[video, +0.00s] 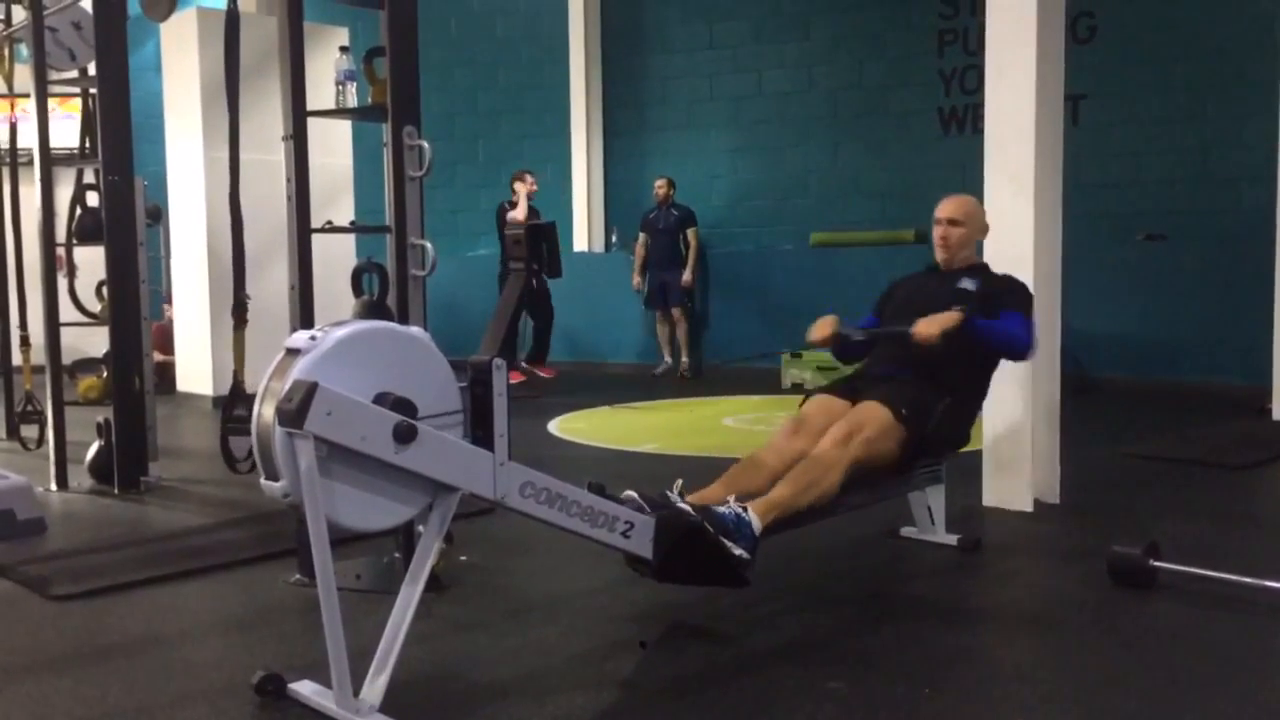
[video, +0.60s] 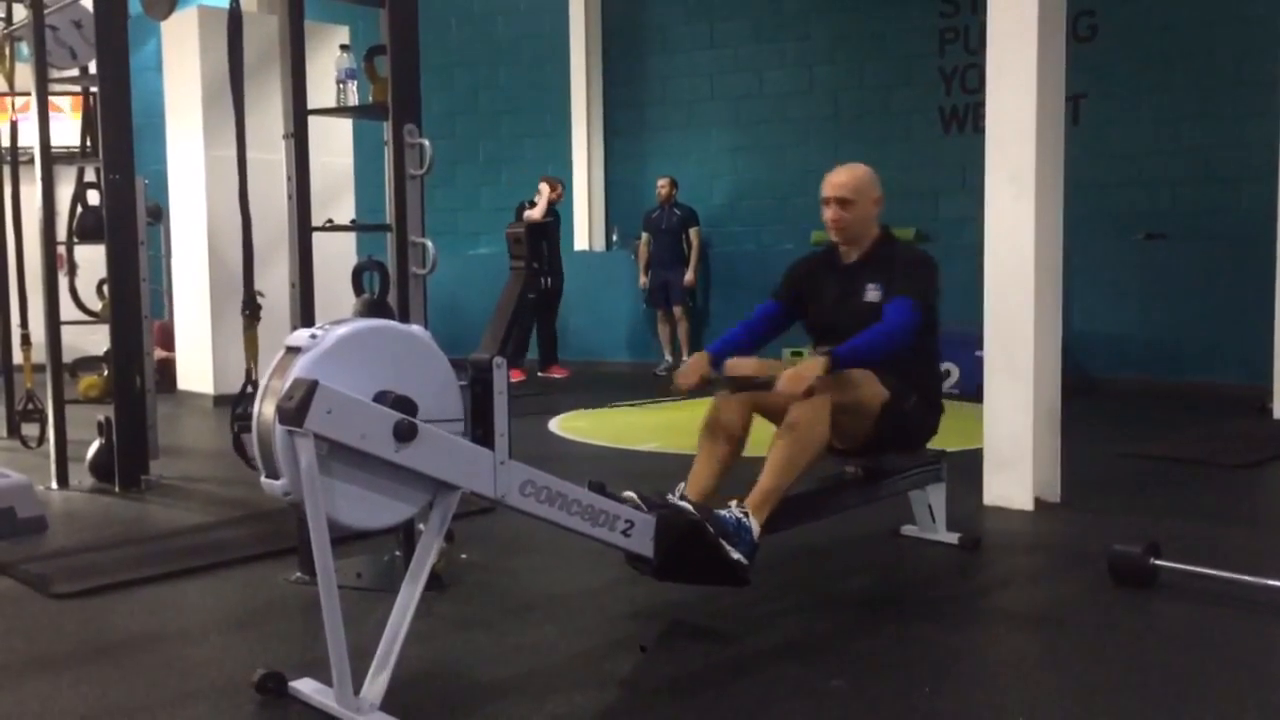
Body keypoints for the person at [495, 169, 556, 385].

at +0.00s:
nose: (535, 187)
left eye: (535, 184)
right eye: (530, 184)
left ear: (533, 187)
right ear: (518, 187)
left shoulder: (534, 212)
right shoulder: (505, 208)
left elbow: (538, 241)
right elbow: (519, 217)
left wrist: (543, 265)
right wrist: (521, 194)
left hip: (533, 272)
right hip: (512, 273)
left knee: (545, 316)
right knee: (510, 319)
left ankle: (536, 362)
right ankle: (509, 366)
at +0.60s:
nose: (557, 200)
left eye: (559, 197)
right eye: (556, 195)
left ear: (557, 198)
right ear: (544, 192)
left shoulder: (554, 215)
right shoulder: (525, 208)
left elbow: (554, 246)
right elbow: (536, 216)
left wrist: (557, 272)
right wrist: (543, 196)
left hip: (552, 274)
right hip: (531, 274)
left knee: (548, 322)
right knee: (524, 321)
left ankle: (548, 364)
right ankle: (515, 365)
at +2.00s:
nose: (555, 200)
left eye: (556, 196)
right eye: (554, 195)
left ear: (545, 194)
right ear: (543, 193)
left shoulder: (545, 214)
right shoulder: (526, 214)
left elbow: (546, 243)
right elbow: (527, 247)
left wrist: (563, 242)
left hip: (551, 278)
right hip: (532, 279)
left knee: (550, 324)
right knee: (527, 325)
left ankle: (548, 366)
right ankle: (523, 368)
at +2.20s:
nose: (554, 201)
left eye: (555, 197)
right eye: (552, 197)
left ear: (545, 196)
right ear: (541, 194)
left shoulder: (545, 217)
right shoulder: (524, 216)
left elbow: (546, 247)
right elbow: (528, 250)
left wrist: (563, 243)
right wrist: (558, 244)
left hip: (550, 281)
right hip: (531, 282)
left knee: (549, 328)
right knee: (527, 328)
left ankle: (547, 368)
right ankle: (523, 371)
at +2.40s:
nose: (553, 202)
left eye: (554, 198)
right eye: (551, 197)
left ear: (546, 198)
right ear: (540, 196)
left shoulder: (546, 219)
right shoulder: (523, 218)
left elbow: (546, 250)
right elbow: (527, 252)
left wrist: (562, 246)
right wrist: (557, 245)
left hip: (550, 283)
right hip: (531, 284)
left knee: (549, 330)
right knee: (526, 331)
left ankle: (547, 370)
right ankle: (523, 373)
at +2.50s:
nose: (553, 203)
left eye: (554, 199)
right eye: (551, 198)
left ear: (546, 199)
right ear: (540, 197)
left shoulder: (547, 220)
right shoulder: (523, 219)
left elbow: (547, 251)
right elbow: (527, 253)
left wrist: (563, 246)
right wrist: (557, 245)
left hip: (551, 284)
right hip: (531, 286)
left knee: (549, 333)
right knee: (526, 333)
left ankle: (547, 374)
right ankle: (523, 374)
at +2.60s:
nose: (553, 203)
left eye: (554, 199)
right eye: (551, 199)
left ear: (546, 199)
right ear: (540, 197)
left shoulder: (547, 221)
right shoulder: (524, 219)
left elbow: (547, 252)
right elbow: (527, 252)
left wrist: (564, 245)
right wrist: (558, 244)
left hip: (551, 285)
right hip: (531, 286)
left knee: (550, 331)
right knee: (527, 333)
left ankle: (548, 372)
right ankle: (523, 375)